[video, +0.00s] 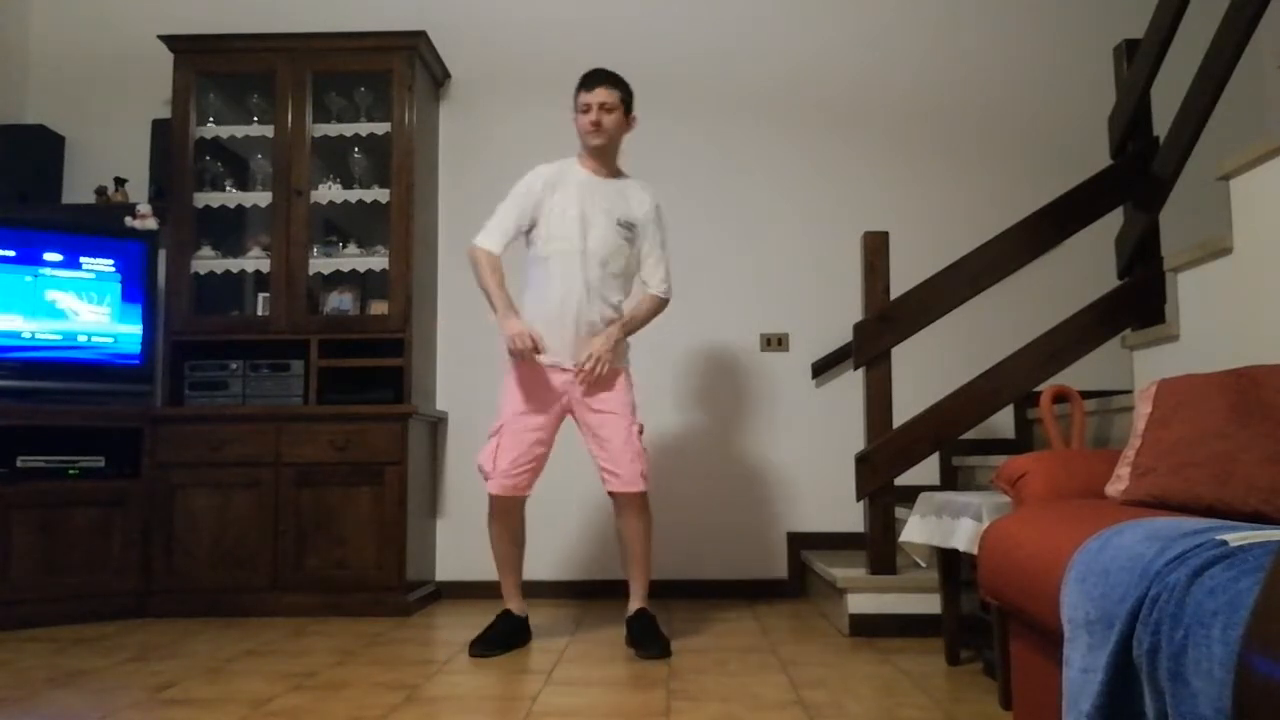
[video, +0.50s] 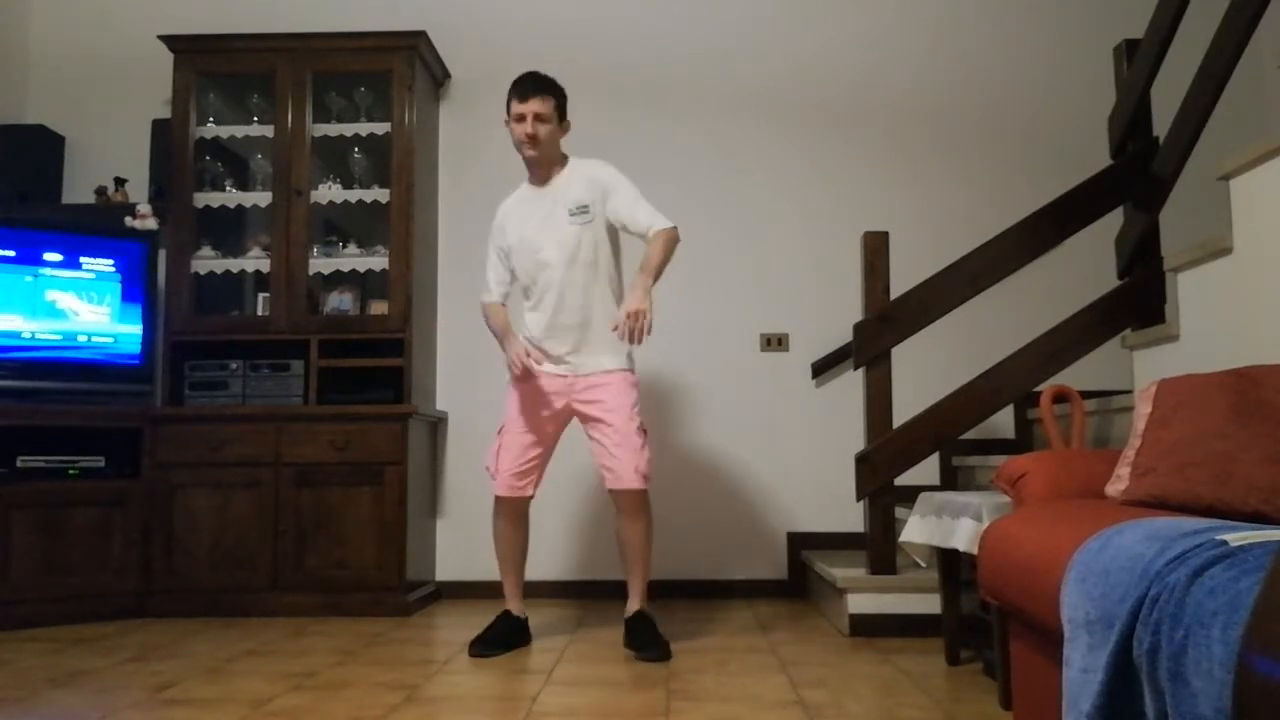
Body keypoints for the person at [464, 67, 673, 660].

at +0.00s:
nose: (595, 117)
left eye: (607, 109)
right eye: (587, 109)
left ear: (628, 121)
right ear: (574, 118)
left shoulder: (639, 199)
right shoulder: (542, 182)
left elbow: (656, 290)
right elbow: (483, 250)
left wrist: (613, 335)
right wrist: (508, 319)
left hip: (605, 368)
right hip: (537, 365)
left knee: (630, 484)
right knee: (504, 488)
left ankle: (640, 610)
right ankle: (513, 613)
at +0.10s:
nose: (574, 121)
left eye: (587, 114)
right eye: (565, 111)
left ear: (605, 124)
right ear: (552, 116)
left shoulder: (618, 193)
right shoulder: (521, 187)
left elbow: (659, 275)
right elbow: (473, 257)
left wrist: (622, 324)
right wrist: (506, 308)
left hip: (595, 364)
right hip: (526, 364)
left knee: (632, 474)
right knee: (502, 483)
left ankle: (644, 602)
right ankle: (512, 613)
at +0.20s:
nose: (551, 124)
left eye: (564, 116)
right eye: (543, 114)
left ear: (585, 124)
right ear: (532, 118)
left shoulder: (608, 186)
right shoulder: (511, 194)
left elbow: (663, 247)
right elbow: (470, 268)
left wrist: (629, 299)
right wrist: (499, 304)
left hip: (591, 363)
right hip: (522, 365)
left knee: (625, 474)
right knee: (501, 484)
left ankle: (645, 605)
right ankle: (512, 613)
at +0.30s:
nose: (539, 121)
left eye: (552, 113)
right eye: (531, 110)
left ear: (572, 123)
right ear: (518, 116)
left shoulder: (596, 178)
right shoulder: (502, 202)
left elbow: (657, 230)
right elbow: (474, 283)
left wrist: (635, 279)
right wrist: (497, 321)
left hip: (595, 362)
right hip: (525, 368)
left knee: (627, 470)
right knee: (503, 486)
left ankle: (645, 602)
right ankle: (512, 612)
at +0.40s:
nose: (528, 121)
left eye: (541, 112)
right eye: (519, 111)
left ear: (562, 123)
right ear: (507, 119)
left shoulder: (590, 177)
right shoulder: (502, 206)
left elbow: (656, 228)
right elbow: (480, 291)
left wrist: (638, 280)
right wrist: (501, 332)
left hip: (600, 361)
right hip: (532, 368)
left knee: (629, 474)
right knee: (509, 486)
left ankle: (645, 608)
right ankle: (512, 614)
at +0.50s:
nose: (526, 130)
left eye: (539, 119)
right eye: (517, 120)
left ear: (563, 126)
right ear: (508, 127)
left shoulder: (596, 179)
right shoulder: (508, 211)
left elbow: (662, 234)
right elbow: (492, 298)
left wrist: (641, 289)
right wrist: (509, 338)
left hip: (605, 369)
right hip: (536, 374)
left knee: (630, 484)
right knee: (508, 489)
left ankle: (638, 612)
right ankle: (513, 614)